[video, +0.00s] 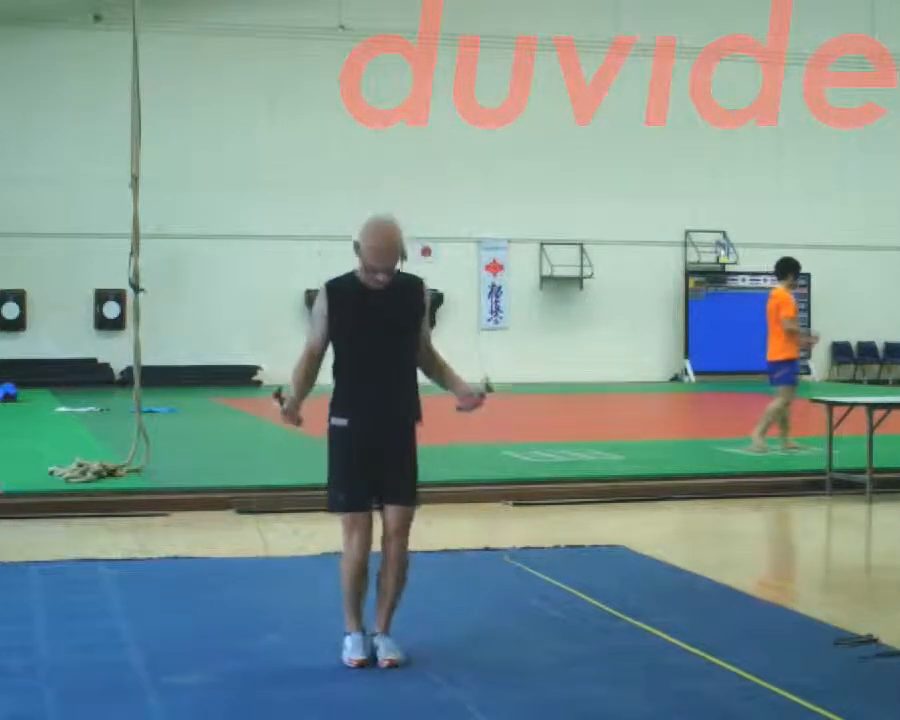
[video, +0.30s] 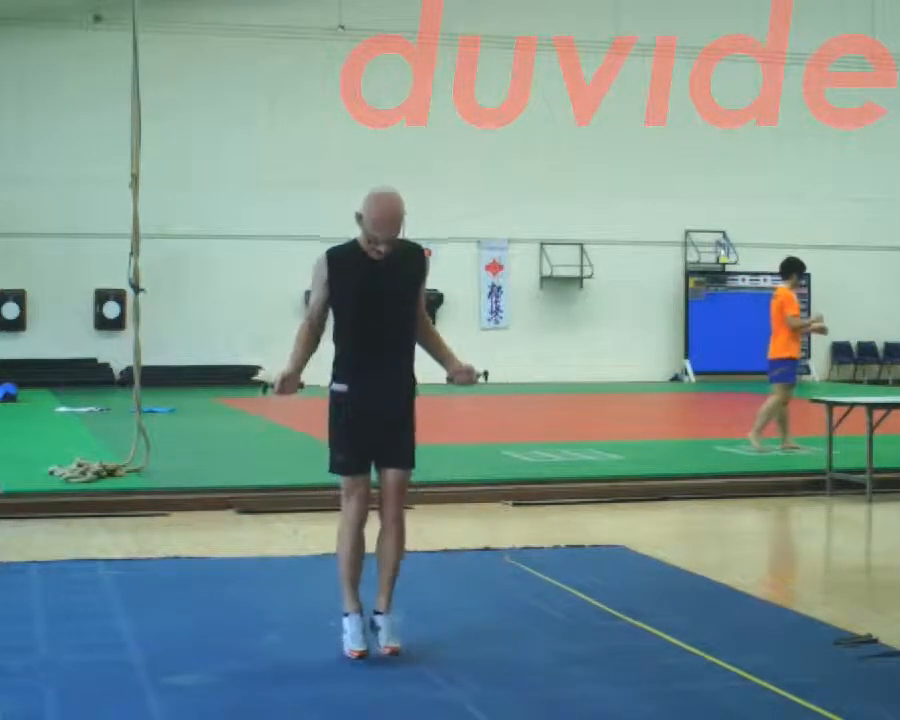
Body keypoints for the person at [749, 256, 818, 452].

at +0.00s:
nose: (797, 280)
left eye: (797, 276)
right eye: (796, 276)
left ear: (780, 275)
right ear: (790, 276)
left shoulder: (776, 295)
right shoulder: (785, 297)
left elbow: (782, 327)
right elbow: (788, 325)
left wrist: (801, 340)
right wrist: (807, 336)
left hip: (778, 354)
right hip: (784, 354)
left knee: (785, 397)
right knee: (784, 396)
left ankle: (785, 438)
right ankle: (758, 433)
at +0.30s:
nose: (801, 280)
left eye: (801, 276)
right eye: (800, 276)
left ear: (785, 275)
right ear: (794, 275)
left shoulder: (781, 294)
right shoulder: (787, 295)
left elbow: (791, 328)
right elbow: (793, 323)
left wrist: (812, 329)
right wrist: (813, 321)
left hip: (783, 352)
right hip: (784, 352)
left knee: (784, 396)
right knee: (781, 394)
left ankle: (786, 440)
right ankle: (755, 432)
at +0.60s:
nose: (796, 283)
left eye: (797, 279)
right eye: (795, 278)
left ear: (784, 277)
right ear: (786, 276)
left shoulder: (782, 297)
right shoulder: (775, 294)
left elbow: (789, 327)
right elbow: (784, 320)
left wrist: (810, 326)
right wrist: (803, 312)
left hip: (782, 355)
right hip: (773, 355)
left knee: (781, 400)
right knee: (764, 397)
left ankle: (785, 440)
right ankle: (746, 438)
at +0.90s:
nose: (787, 282)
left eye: (787, 278)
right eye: (786, 278)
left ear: (773, 277)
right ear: (778, 277)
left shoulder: (772, 297)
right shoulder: (767, 296)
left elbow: (774, 326)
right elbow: (771, 324)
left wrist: (794, 327)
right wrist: (793, 319)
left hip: (770, 358)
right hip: (762, 358)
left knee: (777, 398)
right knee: (752, 400)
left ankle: (783, 440)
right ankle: (743, 442)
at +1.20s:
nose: (784, 282)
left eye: (784, 278)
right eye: (783, 278)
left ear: (767, 277)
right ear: (777, 278)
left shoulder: (763, 297)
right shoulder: (769, 298)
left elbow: (783, 321)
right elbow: (785, 321)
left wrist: (800, 316)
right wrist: (801, 314)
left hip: (766, 357)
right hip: (765, 358)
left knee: (775, 400)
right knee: (753, 400)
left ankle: (780, 440)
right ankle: (744, 442)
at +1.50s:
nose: (801, 286)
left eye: (801, 281)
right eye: (800, 281)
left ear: (783, 280)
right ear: (793, 281)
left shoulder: (771, 299)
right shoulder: (785, 302)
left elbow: (767, 331)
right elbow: (794, 333)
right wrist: (804, 359)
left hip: (766, 357)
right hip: (773, 359)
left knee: (783, 398)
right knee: (763, 399)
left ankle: (778, 439)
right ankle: (748, 441)